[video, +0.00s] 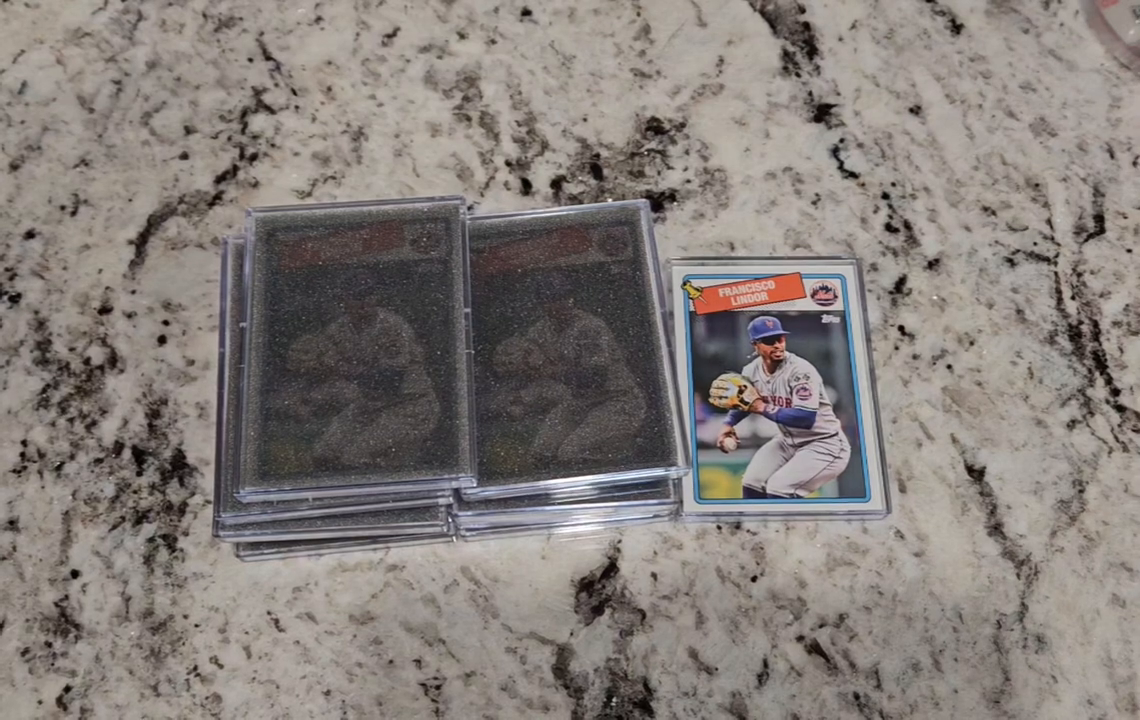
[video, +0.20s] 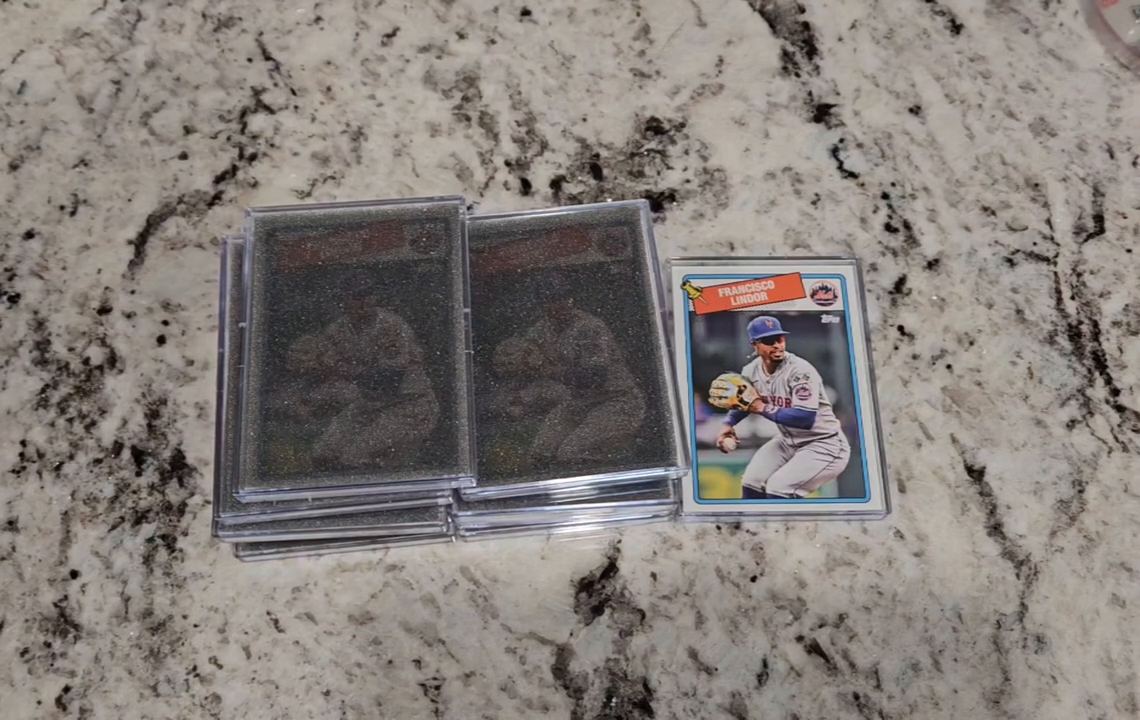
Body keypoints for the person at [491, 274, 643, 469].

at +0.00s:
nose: (557, 308)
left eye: (562, 300)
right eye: (551, 302)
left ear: (571, 300)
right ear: (543, 306)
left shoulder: (591, 328)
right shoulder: (541, 331)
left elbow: (595, 379)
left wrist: (548, 369)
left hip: (620, 403)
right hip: (578, 403)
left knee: (570, 453)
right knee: (541, 452)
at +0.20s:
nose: (555, 308)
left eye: (560, 300)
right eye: (549, 303)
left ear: (570, 300)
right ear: (543, 306)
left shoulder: (591, 328)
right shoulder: (542, 330)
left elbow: (595, 378)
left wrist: (548, 370)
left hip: (620, 402)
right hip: (577, 404)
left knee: (570, 454)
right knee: (540, 453)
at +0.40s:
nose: (555, 308)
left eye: (559, 300)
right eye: (548, 303)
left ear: (569, 300)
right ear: (542, 306)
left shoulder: (590, 327)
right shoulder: (542, 330)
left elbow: (594, 379)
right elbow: (504, 352)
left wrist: (549, 369)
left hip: (619, 403)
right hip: (577, 404)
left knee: (570, 454)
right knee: (540, 454)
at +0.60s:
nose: (558, 306)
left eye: (561, 299)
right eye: (551, 301)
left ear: (570, 298)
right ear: (542, 305)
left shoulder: (590, 328)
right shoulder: (540, 332)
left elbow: (595, 378)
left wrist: (548, 370)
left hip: (619, 402)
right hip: (576, 404)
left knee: (570, 453)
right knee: (540, 453)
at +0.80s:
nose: (556, 307)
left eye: (560, 299)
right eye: (550, 302)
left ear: (570, 299)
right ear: (542, 305)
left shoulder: (590, 328)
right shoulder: (540, 332)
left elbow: (595, 378)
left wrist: (549, 371)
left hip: (619, 402)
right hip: (576, 404)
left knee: (569, 453)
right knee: (540, 452)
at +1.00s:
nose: (556, 307)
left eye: (560, 299)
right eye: (550, 302)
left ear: (570, 299)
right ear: (542, 305)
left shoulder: (590, 328)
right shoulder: (540, 332)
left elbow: (595, 378)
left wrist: (549, 370)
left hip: (619, 403)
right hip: (576, 404)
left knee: (569, 453)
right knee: (540, 452)